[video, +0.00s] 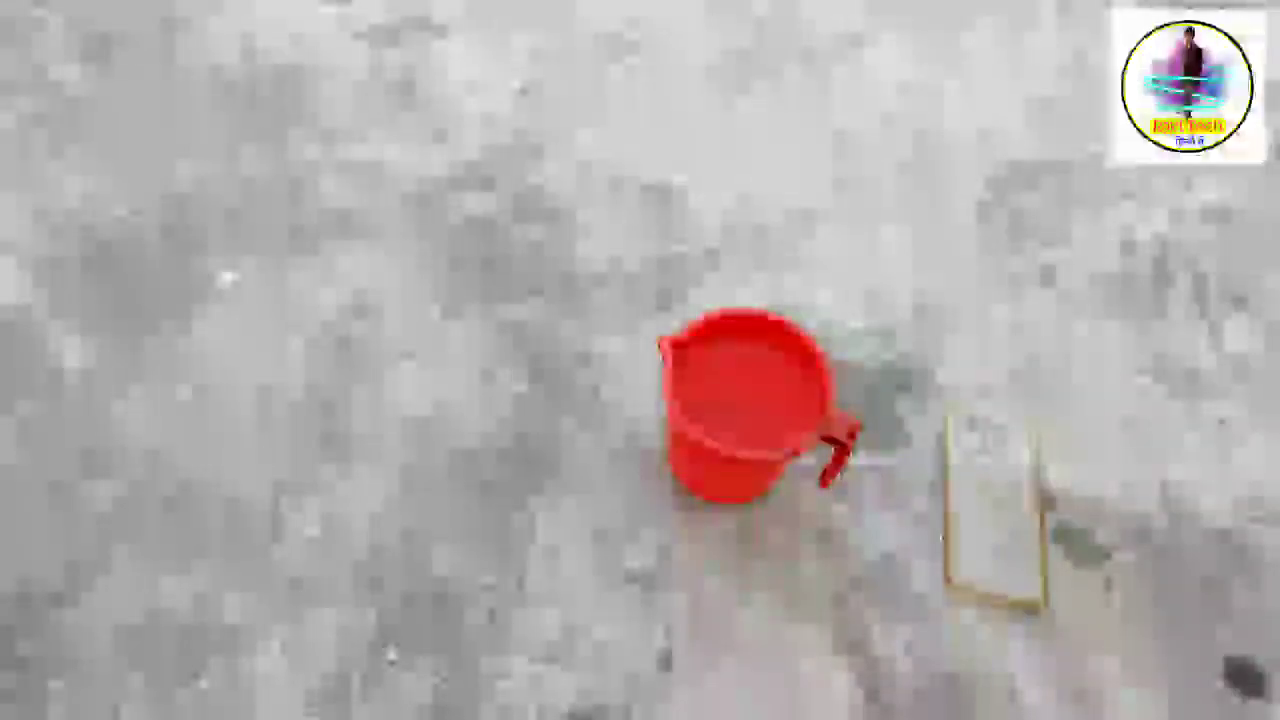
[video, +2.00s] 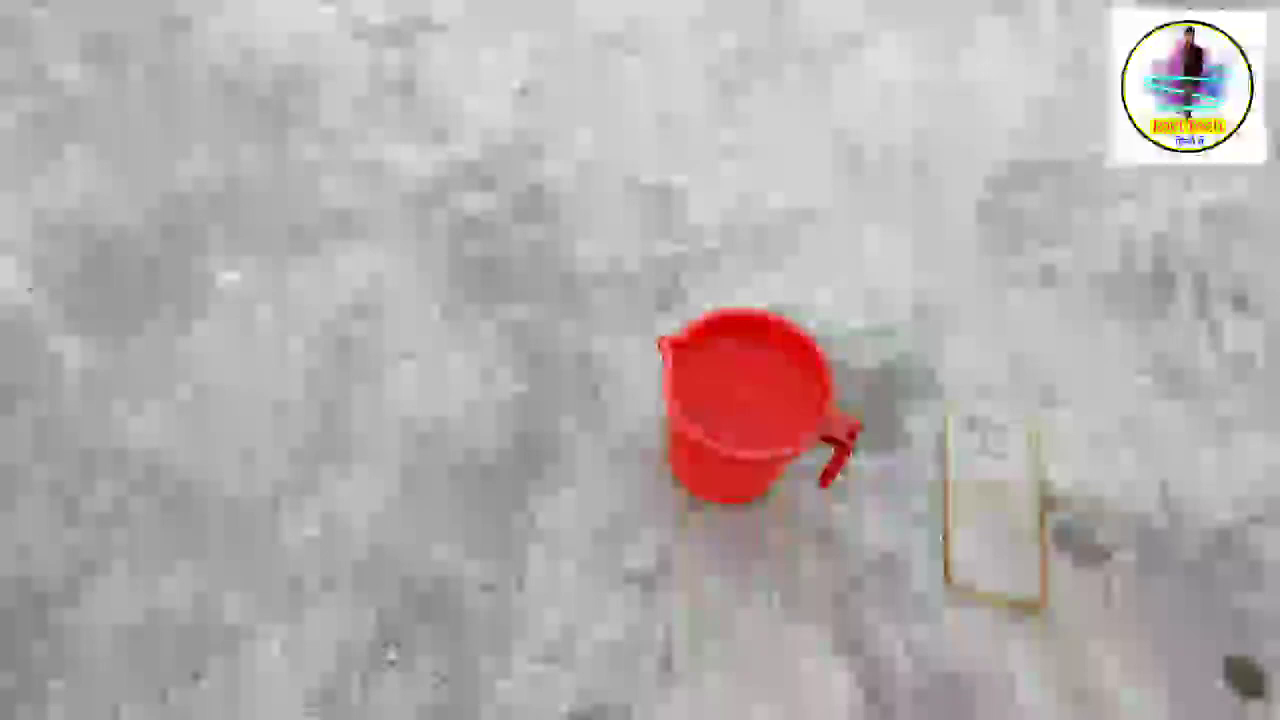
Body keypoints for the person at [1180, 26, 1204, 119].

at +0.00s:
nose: (1187, 38)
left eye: (1189, 36)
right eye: (1186, 36)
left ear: (1193, 36)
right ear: (1184, 36)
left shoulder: (1197, 50)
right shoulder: (1181, 49)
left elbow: (1199, 64)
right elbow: (1176, 61)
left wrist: (1197, 75)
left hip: (1193, 75)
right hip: (1183, 74)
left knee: (1190, 93)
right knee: (1185, 93)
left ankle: (1188, 111)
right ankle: (1186, 111)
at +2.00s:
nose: (1188, 38)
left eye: (1190, 35)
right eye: (1187, 35)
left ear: (1193, 36)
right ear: (1184, 36)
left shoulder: (1198, 50)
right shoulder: (1182, 49)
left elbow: (1199, 64)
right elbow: (1179, 62)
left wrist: (1198, 74)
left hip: (1194, 74)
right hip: (1184, 74)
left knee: (1191, 92)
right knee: (1186, 92)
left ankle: (1189, 111)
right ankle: (1186, 111)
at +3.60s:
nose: (1188, 38)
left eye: (1190, 36)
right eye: (1187, 35)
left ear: (1193, 36)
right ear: (1184, 36)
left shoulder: (1197, 50)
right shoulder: (1182, 49)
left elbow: (1199, 64)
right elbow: (1176, 61)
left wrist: (1197, 74)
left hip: (1193, 74)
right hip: (1183, 74)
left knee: (1190, 93)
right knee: (1185, 93)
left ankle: (1188, 112)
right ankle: (1186, 112)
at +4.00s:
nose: (1188, 38)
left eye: (1190, 36)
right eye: (1187, 35)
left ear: (1193, 36)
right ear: (1184, 36)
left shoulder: (1197, 50)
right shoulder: (1182, 49)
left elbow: (1199, 64)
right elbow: (1176, 61)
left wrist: (1197, 74)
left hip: (1193, 74)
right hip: (1183, 74)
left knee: (1190, 93)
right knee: (1185, 93)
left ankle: (1188, 112)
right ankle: (1186, 112)